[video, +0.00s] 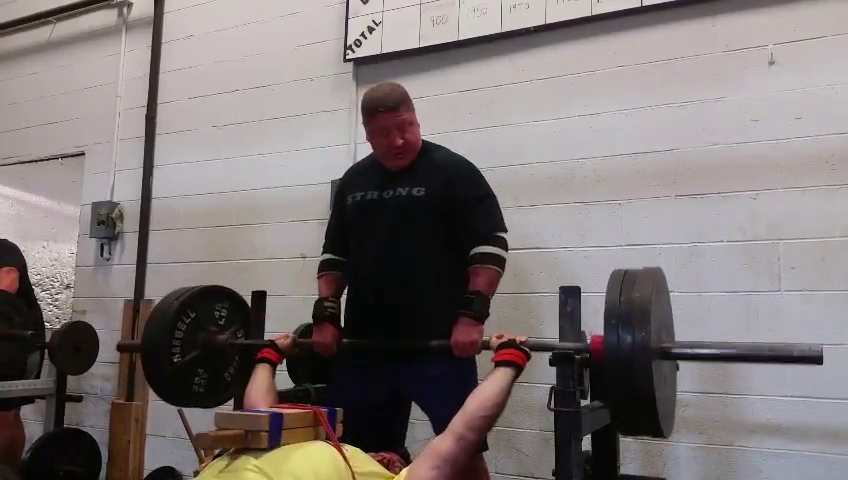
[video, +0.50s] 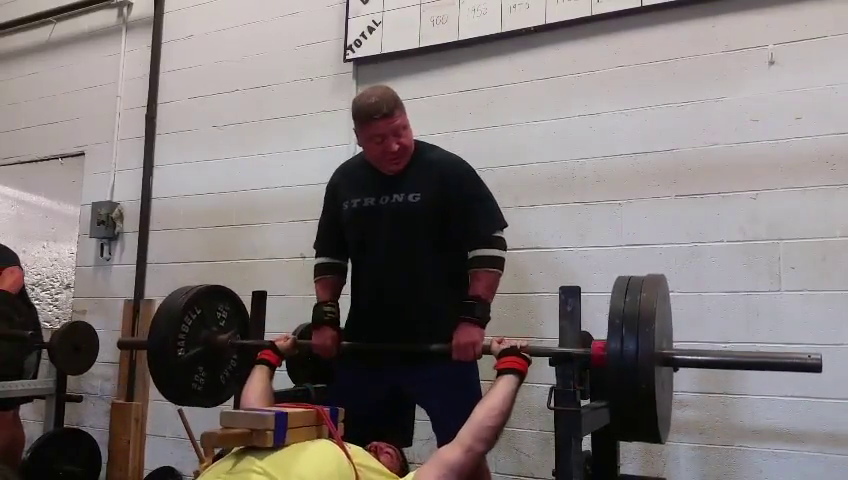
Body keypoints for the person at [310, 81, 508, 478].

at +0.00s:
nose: (397, 141)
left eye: (404, 129)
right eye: (384, 133)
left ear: (417, 121)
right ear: (367, 134)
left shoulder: (455, 173)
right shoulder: (351, 183)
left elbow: (489, 244)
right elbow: (335, 256)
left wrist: (472, 314)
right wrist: (327, 315)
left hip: (441, 345)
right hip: (368, 346)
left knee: (464, 454)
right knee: (367, 460)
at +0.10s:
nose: (398, 142)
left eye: (404, 130)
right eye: (384, 134)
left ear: (416, 121)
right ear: (365, 135)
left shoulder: (454, 173)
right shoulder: (350, 183)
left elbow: (489, 246)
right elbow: (334, 256)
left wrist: (473, 317)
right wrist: (326, 316)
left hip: (442, 348)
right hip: (368, 349)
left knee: (465, 458)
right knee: (368, 462)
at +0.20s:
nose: (398, 144)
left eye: (405, 132)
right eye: (385, 137)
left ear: (416, 122)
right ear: (365, 136)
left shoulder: (453, 172)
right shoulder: (349, 181)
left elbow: (487, 247)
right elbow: (333, 257)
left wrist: (472, 318)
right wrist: (325, 317)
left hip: (442, 345)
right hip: (369, 346)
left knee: (464, 458)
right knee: (371, 462)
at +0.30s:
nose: (398, 145)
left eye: (404, 132)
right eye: (384, 137)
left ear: (415, 122)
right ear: (364, 137)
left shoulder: (452, 172)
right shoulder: (348, 180)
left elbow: (488, 245)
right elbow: (332, 255)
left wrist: (473, 318)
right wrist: (325, 318)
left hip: (443, 345)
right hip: (369, 346)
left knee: (461, 459)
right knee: (368, 462)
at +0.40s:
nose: (396, 145)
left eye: (401, 132)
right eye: (382, 138)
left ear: (411, 121)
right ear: (361, 136)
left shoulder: (451, 172)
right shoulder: (346, 180)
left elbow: (488, 245)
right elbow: (331, 256)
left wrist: (474, 317)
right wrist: (325, 317)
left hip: (443, 344)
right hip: (370, 344)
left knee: (463, 457)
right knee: (368, 460)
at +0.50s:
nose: (394, 146)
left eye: (399, 133)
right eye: (380, 139)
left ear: (409, 122)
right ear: (359, 138)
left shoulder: (449, 172)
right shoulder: (345, 181)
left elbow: (488, 246)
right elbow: (330, 257)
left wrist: (474, 317)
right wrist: (326, 318)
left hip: (443, 344)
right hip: (369, 344)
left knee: (466, 458)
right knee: (367, 460)